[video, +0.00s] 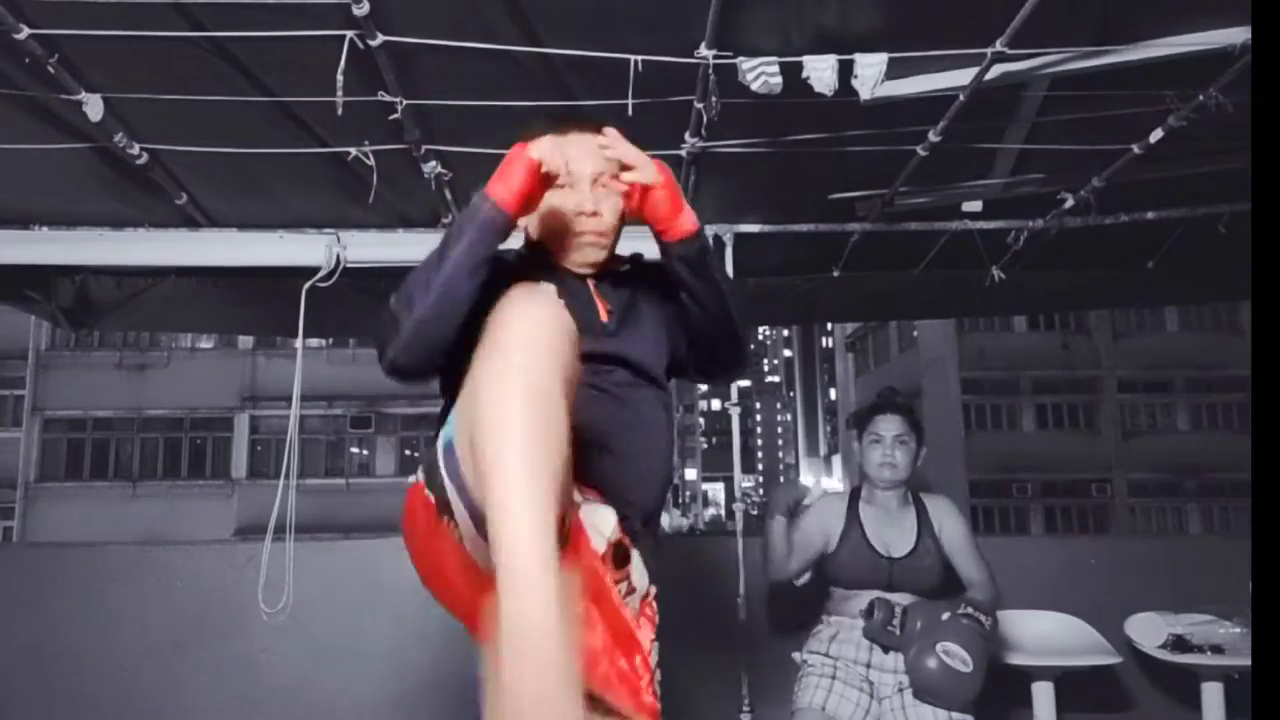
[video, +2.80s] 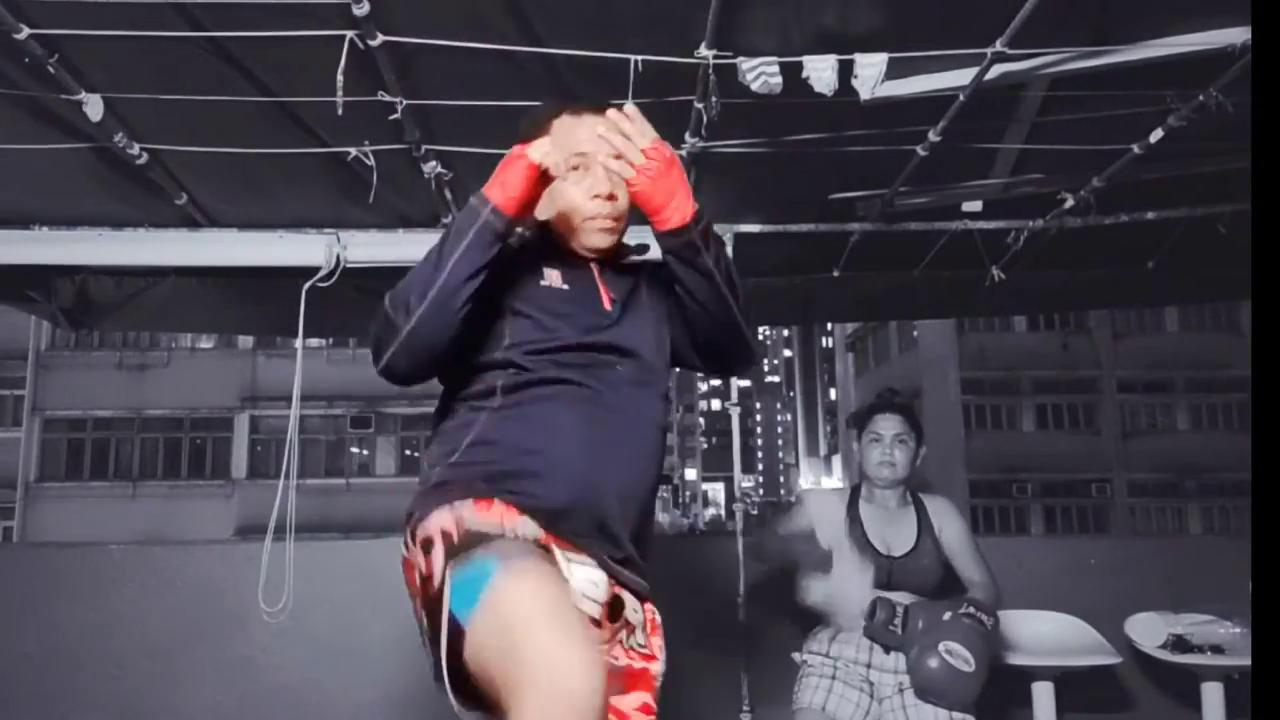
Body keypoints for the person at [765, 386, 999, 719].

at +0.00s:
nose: (888, 452)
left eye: (900, 442)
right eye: (875, 441)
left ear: (918, 455)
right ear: (858, 452)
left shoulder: (939, 512)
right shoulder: (830, 511)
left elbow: (982, 588)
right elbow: (780, 570)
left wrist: (965, 622)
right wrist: (777, 510)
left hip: (922, 665)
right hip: (839, 662)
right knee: (820, 712)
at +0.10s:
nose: (887, 451)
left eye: (900, 441)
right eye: (875, 441)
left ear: (918, 454)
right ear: (857, 451)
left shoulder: (938, 512)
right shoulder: (832, 509)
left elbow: (983, 589)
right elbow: (772, 570)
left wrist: (967, 620)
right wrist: (784, 526)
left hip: (921, 666)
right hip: (839, 662)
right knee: (820, 712)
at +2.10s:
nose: (886, 451)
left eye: (899, 443)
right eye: (874, 440)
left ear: (912, 457)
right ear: (853, 450)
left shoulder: (934, 516)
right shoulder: (823, 514)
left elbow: (984, 587)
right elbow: (762, 573)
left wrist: (972, 619)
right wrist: (782, 560)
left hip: (922, 664)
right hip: (839, 662)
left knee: (938, 715)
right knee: (821, 712)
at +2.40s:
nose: (883, 451)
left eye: (895, 443)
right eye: (871, 440)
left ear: (908, 458)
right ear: (850, 450)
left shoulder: (931, 518)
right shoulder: (819, 518)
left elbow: (983, 587)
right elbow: (778, 587)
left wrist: (971, 622)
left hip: (921, 667)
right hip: (839, 665)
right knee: (824, 711)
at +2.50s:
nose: (882, 447)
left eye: (894, 440)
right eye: (870, 437)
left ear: (907, 456)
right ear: (849, 450)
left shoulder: (930, 518)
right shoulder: (819, 516)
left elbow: (983, 587)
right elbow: (802, 599)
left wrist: (975, 617)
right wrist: (870, 608)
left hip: (921, 668)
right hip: (837, 664)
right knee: (824, 712)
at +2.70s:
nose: (888, 451)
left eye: (900, 442)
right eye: (875, 441)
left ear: (918, 455)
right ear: (859, 452)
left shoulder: (939, 513)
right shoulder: (830, 510)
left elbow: (983, 587)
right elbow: (781, 578)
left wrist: (967, 619)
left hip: (922, 666)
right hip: (838, 663)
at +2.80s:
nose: (887, 451)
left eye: (901, 442)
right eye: (875, 440)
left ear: (918, 454)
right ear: (858, 448)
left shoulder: (940, 513)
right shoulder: (821, 509)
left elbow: (984, 588)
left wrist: (962, 620)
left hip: (922, 670)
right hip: (839, 668)